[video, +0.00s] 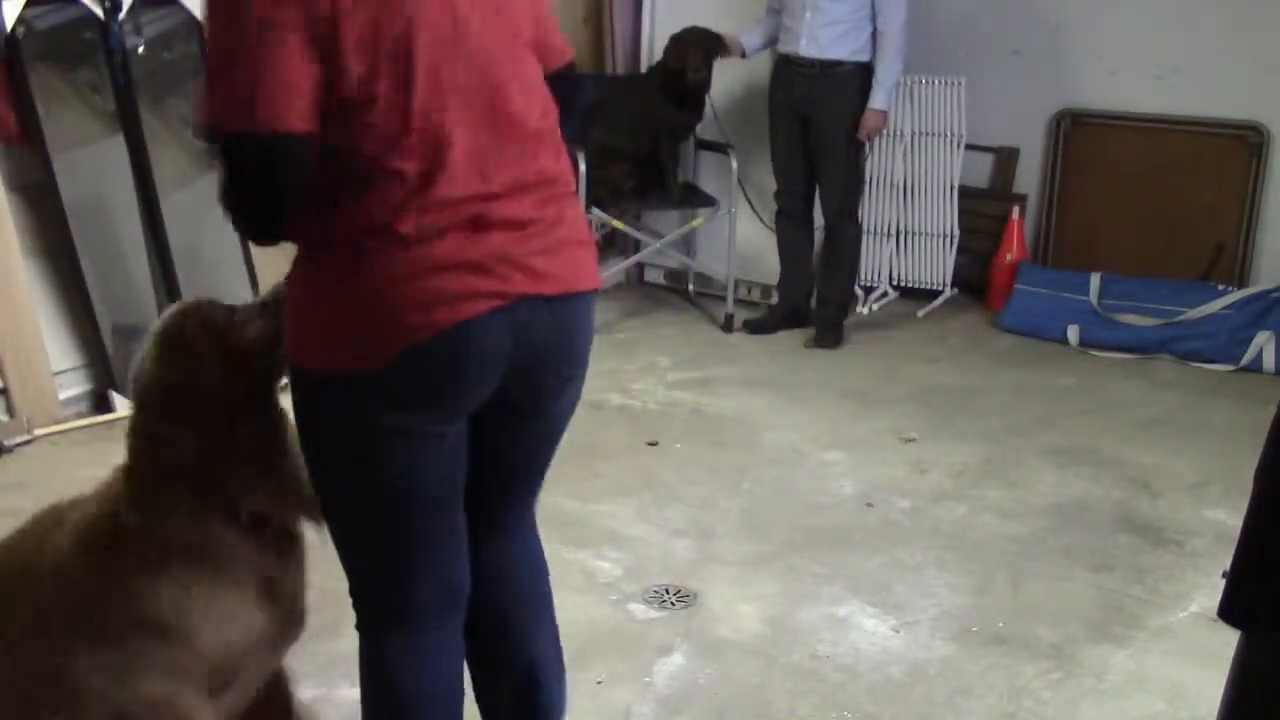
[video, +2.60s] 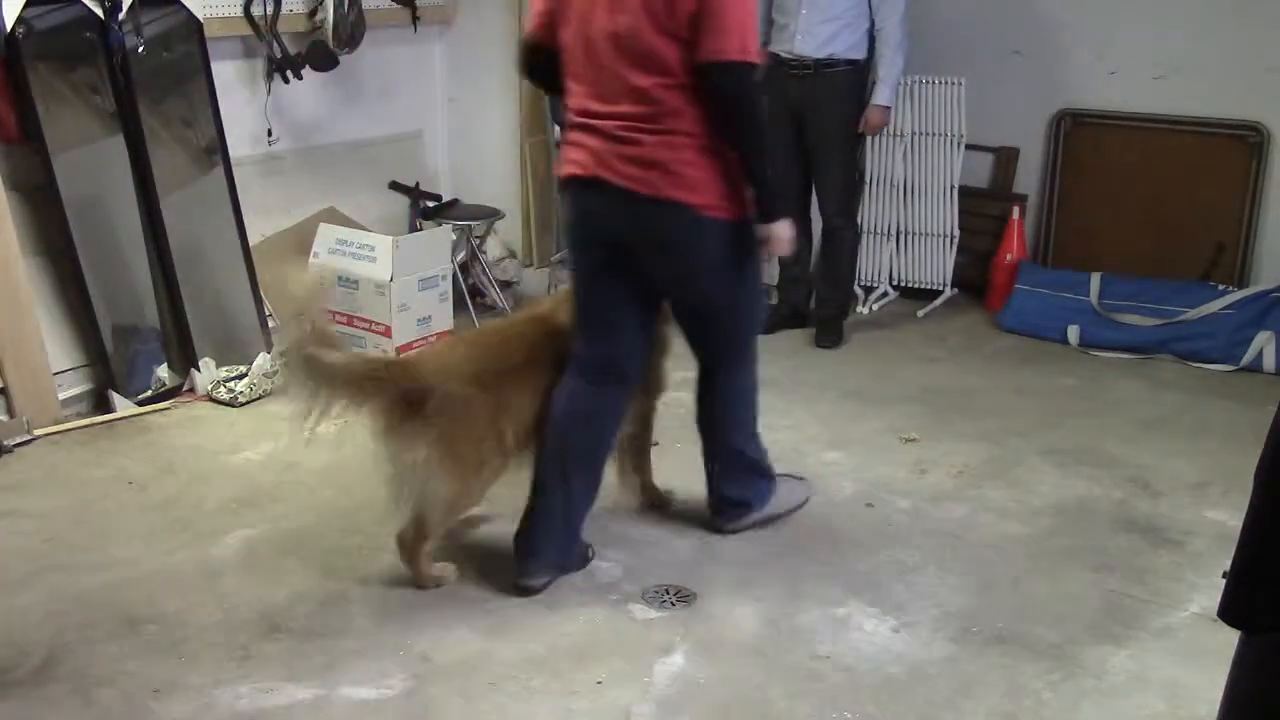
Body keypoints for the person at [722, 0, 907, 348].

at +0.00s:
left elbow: (892, 29)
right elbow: (779, 15)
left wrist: (879, 104)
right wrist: (741, 44)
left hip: (844, 80)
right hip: (788, 76)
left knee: (839, 208)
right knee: (790, 202)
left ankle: (831, 317)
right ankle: (792, 306)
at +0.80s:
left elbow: (885, 30)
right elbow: (765, 8)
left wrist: (834, 85)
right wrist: (761, 65)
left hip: (845, 81)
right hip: (787, 76)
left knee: (838, 207)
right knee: (791, 203)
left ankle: (831, 314)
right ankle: (792, 306)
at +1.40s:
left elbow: (891, 24)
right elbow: (760, 11)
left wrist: (886, 100)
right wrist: (758, 78)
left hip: (844, 80)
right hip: (787, 76)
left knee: (839, 209)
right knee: (790, 204)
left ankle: (831, 313)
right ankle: (792, 305)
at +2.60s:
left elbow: (891, 24)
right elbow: (760, 19)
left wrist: (882, 99)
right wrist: (754, 64)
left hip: (840, 79)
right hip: (780, 76)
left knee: (838, 209)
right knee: (787, 204)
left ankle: (831, 313)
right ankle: (792, 305)